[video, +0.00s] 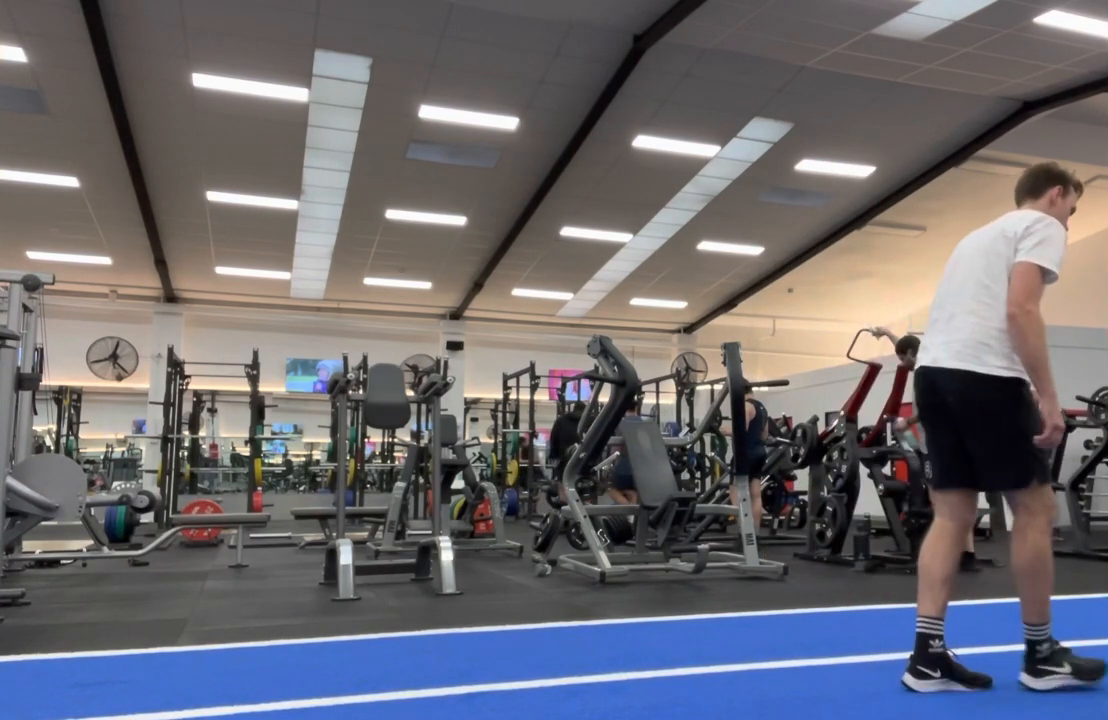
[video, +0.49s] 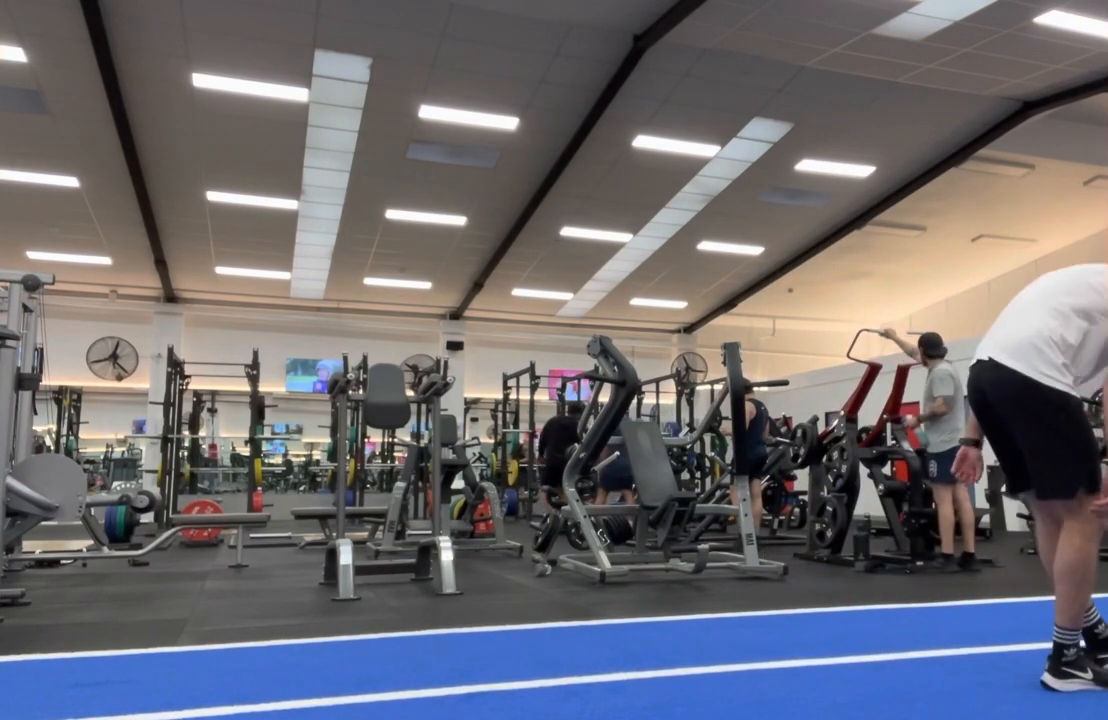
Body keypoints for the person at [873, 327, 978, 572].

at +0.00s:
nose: (901, 362)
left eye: (903, 357)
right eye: (900, 357)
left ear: (912, 353)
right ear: (914, 352)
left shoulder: (924, 374)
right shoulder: (922, 369)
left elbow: (927, 409)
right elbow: (906, 345)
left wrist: (907, 422)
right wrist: (886, 334)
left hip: (942, 444)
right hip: (934, 442)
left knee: (944, 495)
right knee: (940, 493)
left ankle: (968, 551)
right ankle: (964, 550)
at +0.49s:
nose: (917, 353)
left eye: (918, 351)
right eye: (918, 351)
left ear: (923, 353)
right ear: (941, 350)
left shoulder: (939, 373)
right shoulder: (946, 369)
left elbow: (941, 406)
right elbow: (915, 354)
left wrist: (919, 418)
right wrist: (894, 337)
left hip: (940, 449)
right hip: (953, 446)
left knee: (943, 502)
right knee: (962, 499)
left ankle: (947, 554)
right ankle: (969, 553)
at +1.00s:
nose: (932, 353)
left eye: (932, 350)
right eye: (935, 349)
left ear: (935, 351)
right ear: (956, 350)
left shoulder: (939, 374)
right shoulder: (965, 372)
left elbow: (929, 405)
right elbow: (954, 403)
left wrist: (915, 407)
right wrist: (924, 405)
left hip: (942, 447)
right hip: (963, 445)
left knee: (943, 502)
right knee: (962, 500)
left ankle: (947, 554)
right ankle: (969, 552)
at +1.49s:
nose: (935, 354)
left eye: (935, 351)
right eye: (937, 350)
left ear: (938, 351)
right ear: (959, 352)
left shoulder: (939, 373)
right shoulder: (971, 377)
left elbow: (919, 400)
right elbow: (975, 407)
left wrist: (933, 372)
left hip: (941, 446)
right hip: (966, 444)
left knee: (942, 501)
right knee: (963, 500)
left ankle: (947, 554)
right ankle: (969, 553)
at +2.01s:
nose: (934, 352)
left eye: (934, 349)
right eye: (936, 348)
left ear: (937, 351)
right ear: (958, 351)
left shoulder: (938, 373)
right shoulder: (969, 377)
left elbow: (921, 403)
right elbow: (969, 407)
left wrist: (933, 373)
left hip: (941, 446)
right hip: (965, 445)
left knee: (941, 502)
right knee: (962, 499)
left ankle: (947, 554)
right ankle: (969, 553)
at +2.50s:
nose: (931, 351)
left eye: (933, 348)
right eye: (932, 347)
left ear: (937, 351)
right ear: (954, 351)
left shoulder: (942, 374)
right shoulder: (959, 371)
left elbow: (934, 409)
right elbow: (942, 351)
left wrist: (918, 409)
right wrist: (926, 335)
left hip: (942, 446)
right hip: (961, 444)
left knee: (941, 501)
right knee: (962, 499)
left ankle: (947, 555)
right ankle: (969, 553)